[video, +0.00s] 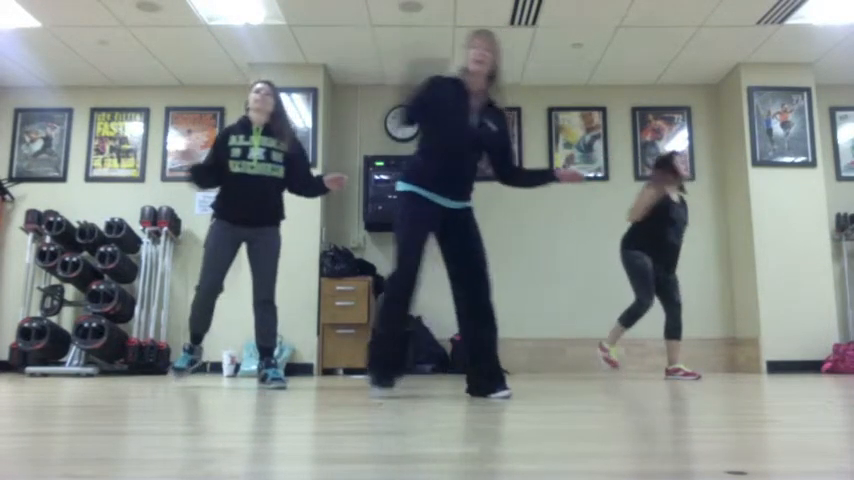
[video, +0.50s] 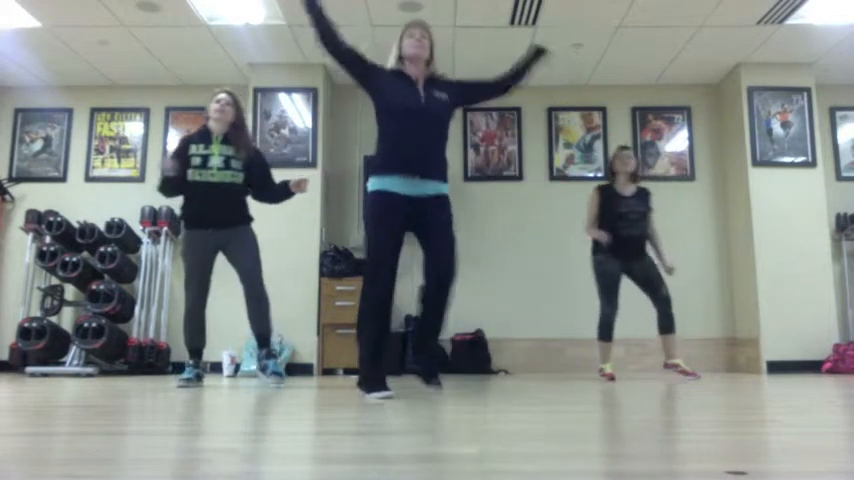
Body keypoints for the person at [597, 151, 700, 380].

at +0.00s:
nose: (676, 174)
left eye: (676, 171)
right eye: (671, 170)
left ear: (676, 174)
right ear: (660, 172)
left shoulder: (679, 198)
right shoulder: (652, 191)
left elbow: (674, 234)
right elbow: (634, 216)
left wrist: (671, 263)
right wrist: (655, 190)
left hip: (662, 259)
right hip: (637, 252)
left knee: (674, 306)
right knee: (645, 300)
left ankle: (674, 364)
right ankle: (608, 343)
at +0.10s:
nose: (672, 163)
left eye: (671, 159)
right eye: (665, 159)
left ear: (670, 165)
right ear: (654, 164)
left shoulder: (673, 196)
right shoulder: (641, 189)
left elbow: (672, 233)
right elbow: (616, 218)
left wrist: (676, 263)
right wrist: (628, 200)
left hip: (659, 256)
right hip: (633, 250)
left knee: (668, 306)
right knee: (632, 300)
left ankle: (673, 364)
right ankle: (608, 350)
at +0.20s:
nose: (656, 162)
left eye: (660, 159)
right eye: (651, 158)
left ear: (665, 165)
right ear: (642, 164)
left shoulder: (668, 196)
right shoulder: (632, 190)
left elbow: (670, 232)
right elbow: (611, 221)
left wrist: (677, 261)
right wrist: (620, 204)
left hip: (657, 256)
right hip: (630, 252)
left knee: (665, 308)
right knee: (624, 305)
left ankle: (673, 364)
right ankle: (607, 360)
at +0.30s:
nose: (639, 162)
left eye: (643, 159)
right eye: (635, 159)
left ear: (650, 165)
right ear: (626, 163)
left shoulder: (653, 196)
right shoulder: (615, 191)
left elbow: (657, 232)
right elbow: (600, 221)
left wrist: (674, 262)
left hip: (646, 257)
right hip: (618, 255)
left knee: (661, 306)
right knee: (615, 308)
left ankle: (672, 363)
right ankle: (606, 363)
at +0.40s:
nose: (632, 162)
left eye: (636, 159)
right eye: (628, 158)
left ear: (642, 165)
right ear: (619, 164)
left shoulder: (648, 195)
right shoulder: (607, 192)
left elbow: (653, 230)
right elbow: (594, 224)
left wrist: (669, 262)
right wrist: (599, 235)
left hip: (640, 257)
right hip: (612, 256)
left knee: (662, 305)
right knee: (611, 309)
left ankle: (672, 362)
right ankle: (605, 364)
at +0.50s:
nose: (625, 161)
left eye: (629, 157)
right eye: (620, 157)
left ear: (636, 164)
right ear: (613, 164)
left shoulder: (643, 193)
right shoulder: (601, 192)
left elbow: (650, 229)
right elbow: (590, 227)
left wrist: (663, 260)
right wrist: (598, 234)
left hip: (636, 255)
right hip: (608, 256)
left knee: (663, 300)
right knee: (609, 308)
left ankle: (671, 359)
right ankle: (605, 364)